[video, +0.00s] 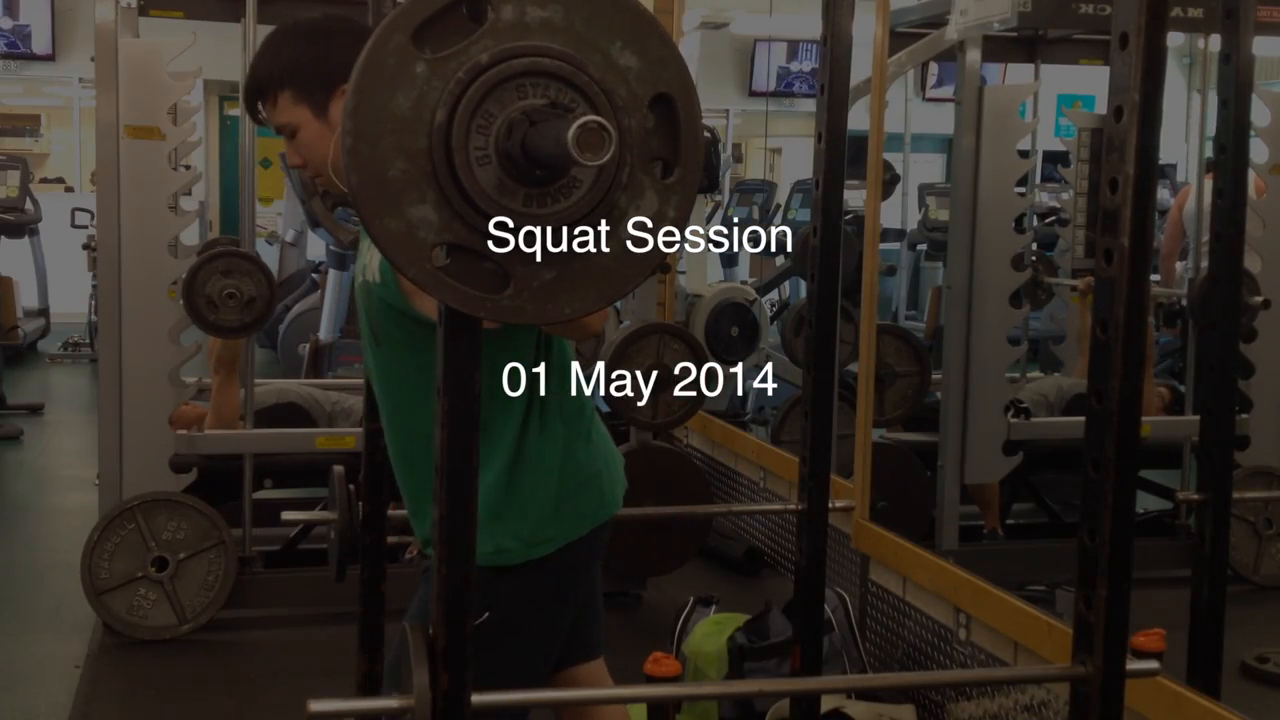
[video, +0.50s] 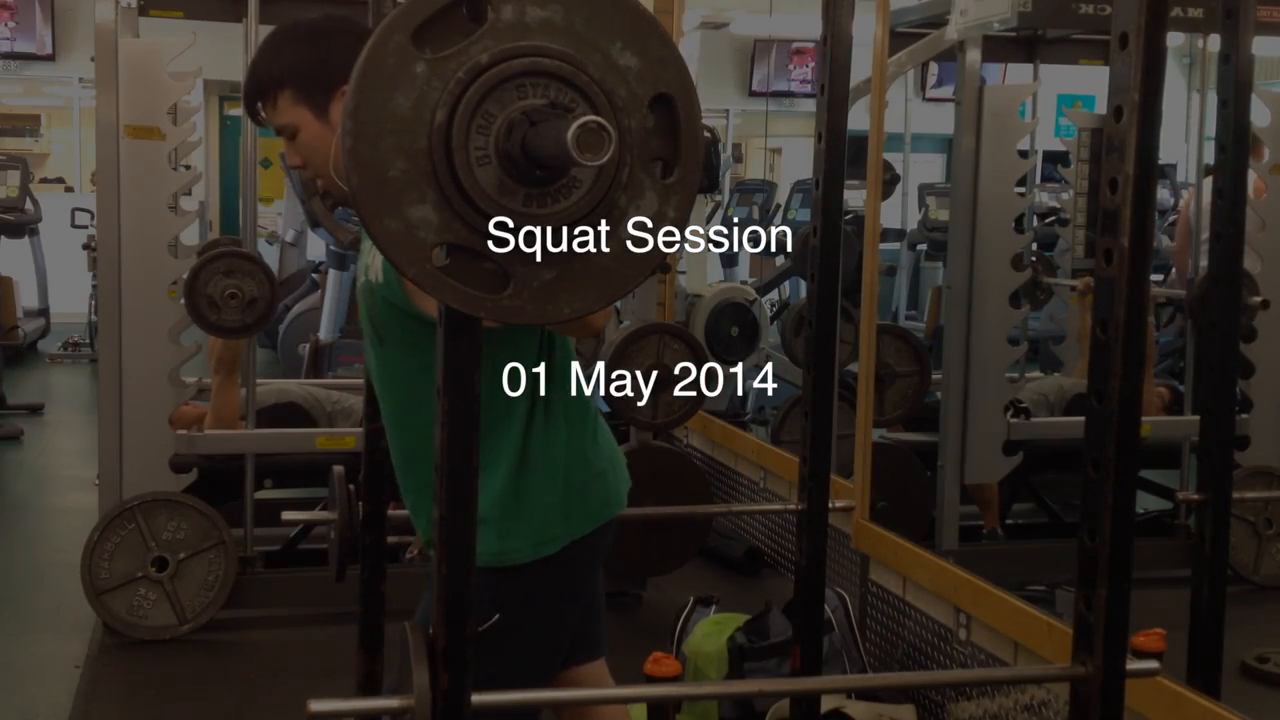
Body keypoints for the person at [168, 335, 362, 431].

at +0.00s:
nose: (192, 403)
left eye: (187, 403)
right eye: (186, 409)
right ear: (191, 427)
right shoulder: (221, 433)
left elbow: (223, 365)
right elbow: (224, 366)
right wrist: (231, 301)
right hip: (357, 420)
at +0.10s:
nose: (192, 403)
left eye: (187, 404)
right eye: (186, 409)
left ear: (195, 405)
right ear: (191, 427)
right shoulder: (221, 432)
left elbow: (223, 365)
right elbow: (224, 366)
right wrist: (231, 301)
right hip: (358, 420)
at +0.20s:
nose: (192, 403)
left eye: (187, 403)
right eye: (186, 409)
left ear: (195, 405)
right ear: (191, 427)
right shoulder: (221, 432)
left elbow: (223, 365)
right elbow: (224, 366)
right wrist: (231, 300)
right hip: (357, 421)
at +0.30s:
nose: (192, 403)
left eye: (187, 403)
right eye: (186, 409)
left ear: (195, 405)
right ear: (191, 427)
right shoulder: (221, 432)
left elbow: (222, 366)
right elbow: (224, 367)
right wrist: (231, 300)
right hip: (358, 422)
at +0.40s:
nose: (191, 402)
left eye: (187, 403)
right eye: (186, 409)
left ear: (195, 406)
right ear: (191, 427)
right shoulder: (222, 432)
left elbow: (222, 365)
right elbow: (224, 367)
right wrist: (232, 301)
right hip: (358, 420)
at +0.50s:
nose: (192, 402)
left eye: (187, 403)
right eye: (186, 409)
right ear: (192, 427)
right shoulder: (221, 432)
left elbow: (222, 366)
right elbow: (224, 368)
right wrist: (232, 301)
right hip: (359, 422)